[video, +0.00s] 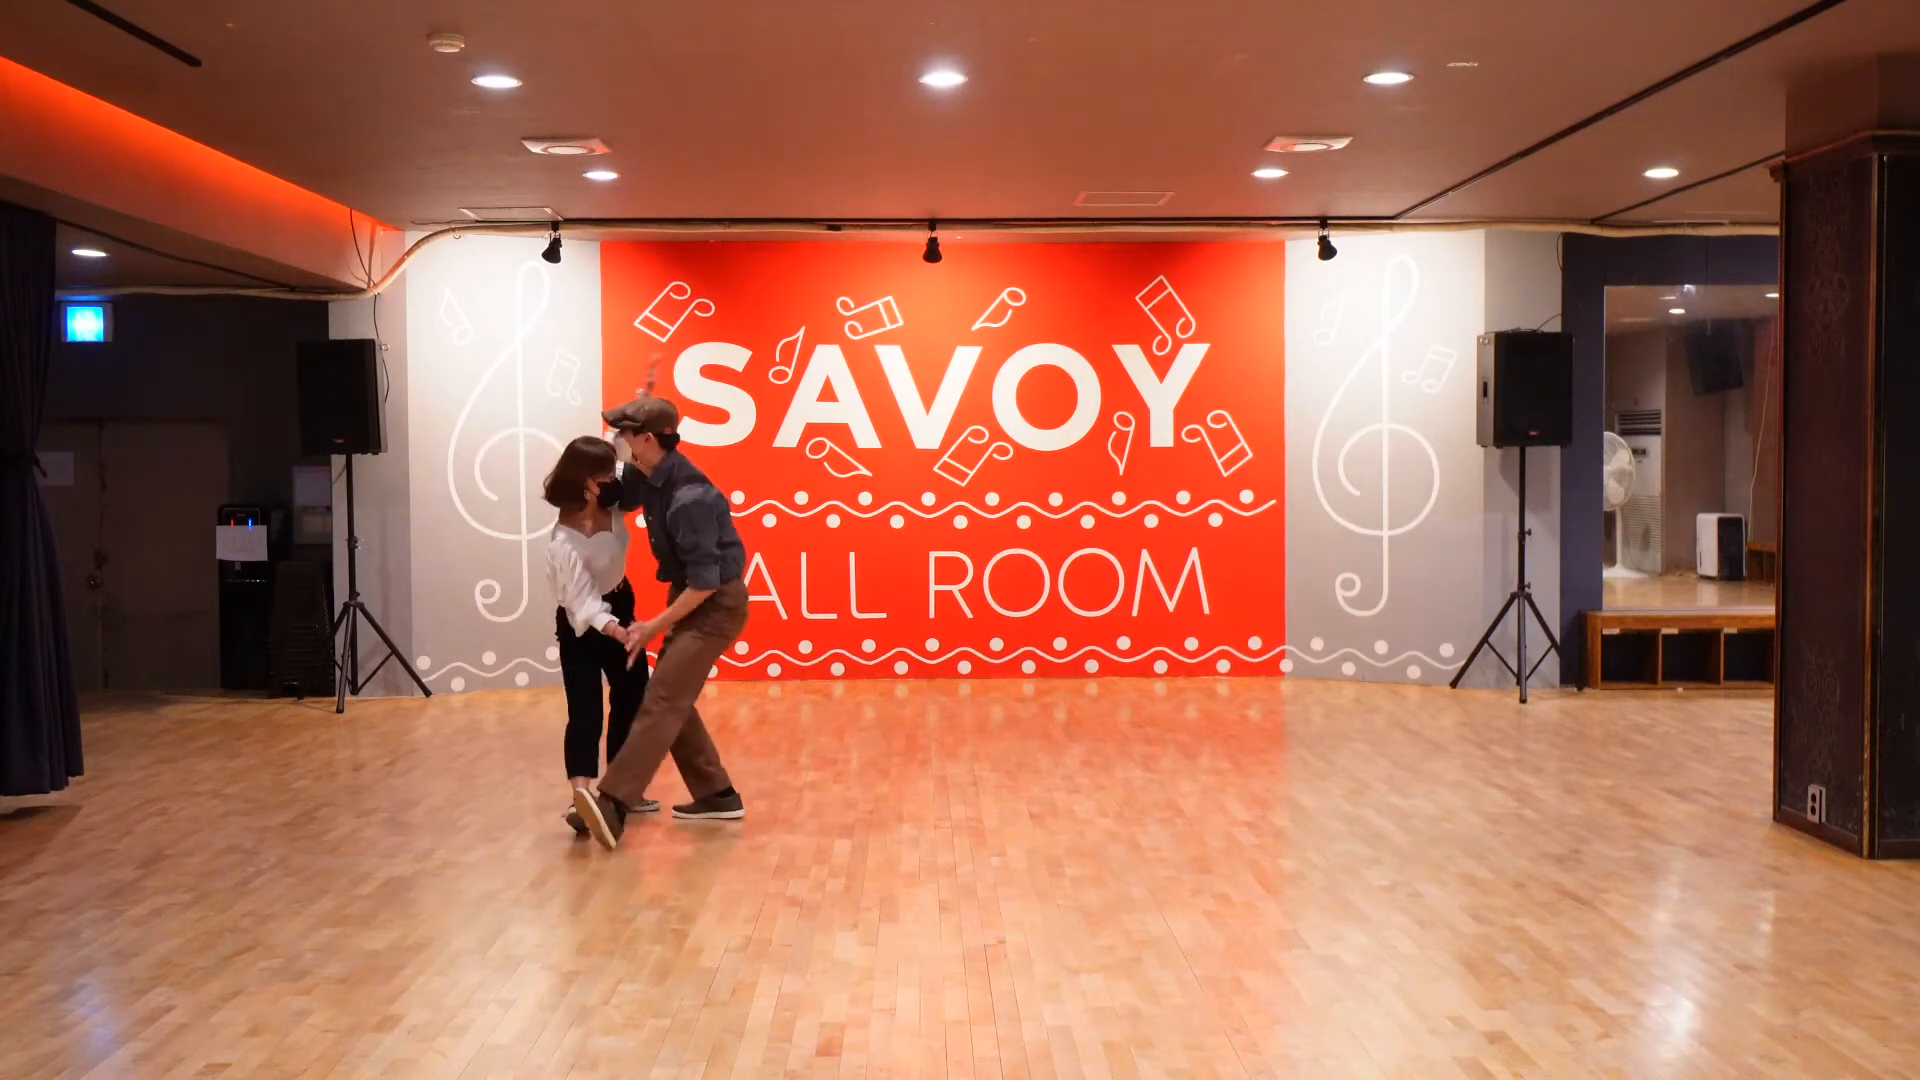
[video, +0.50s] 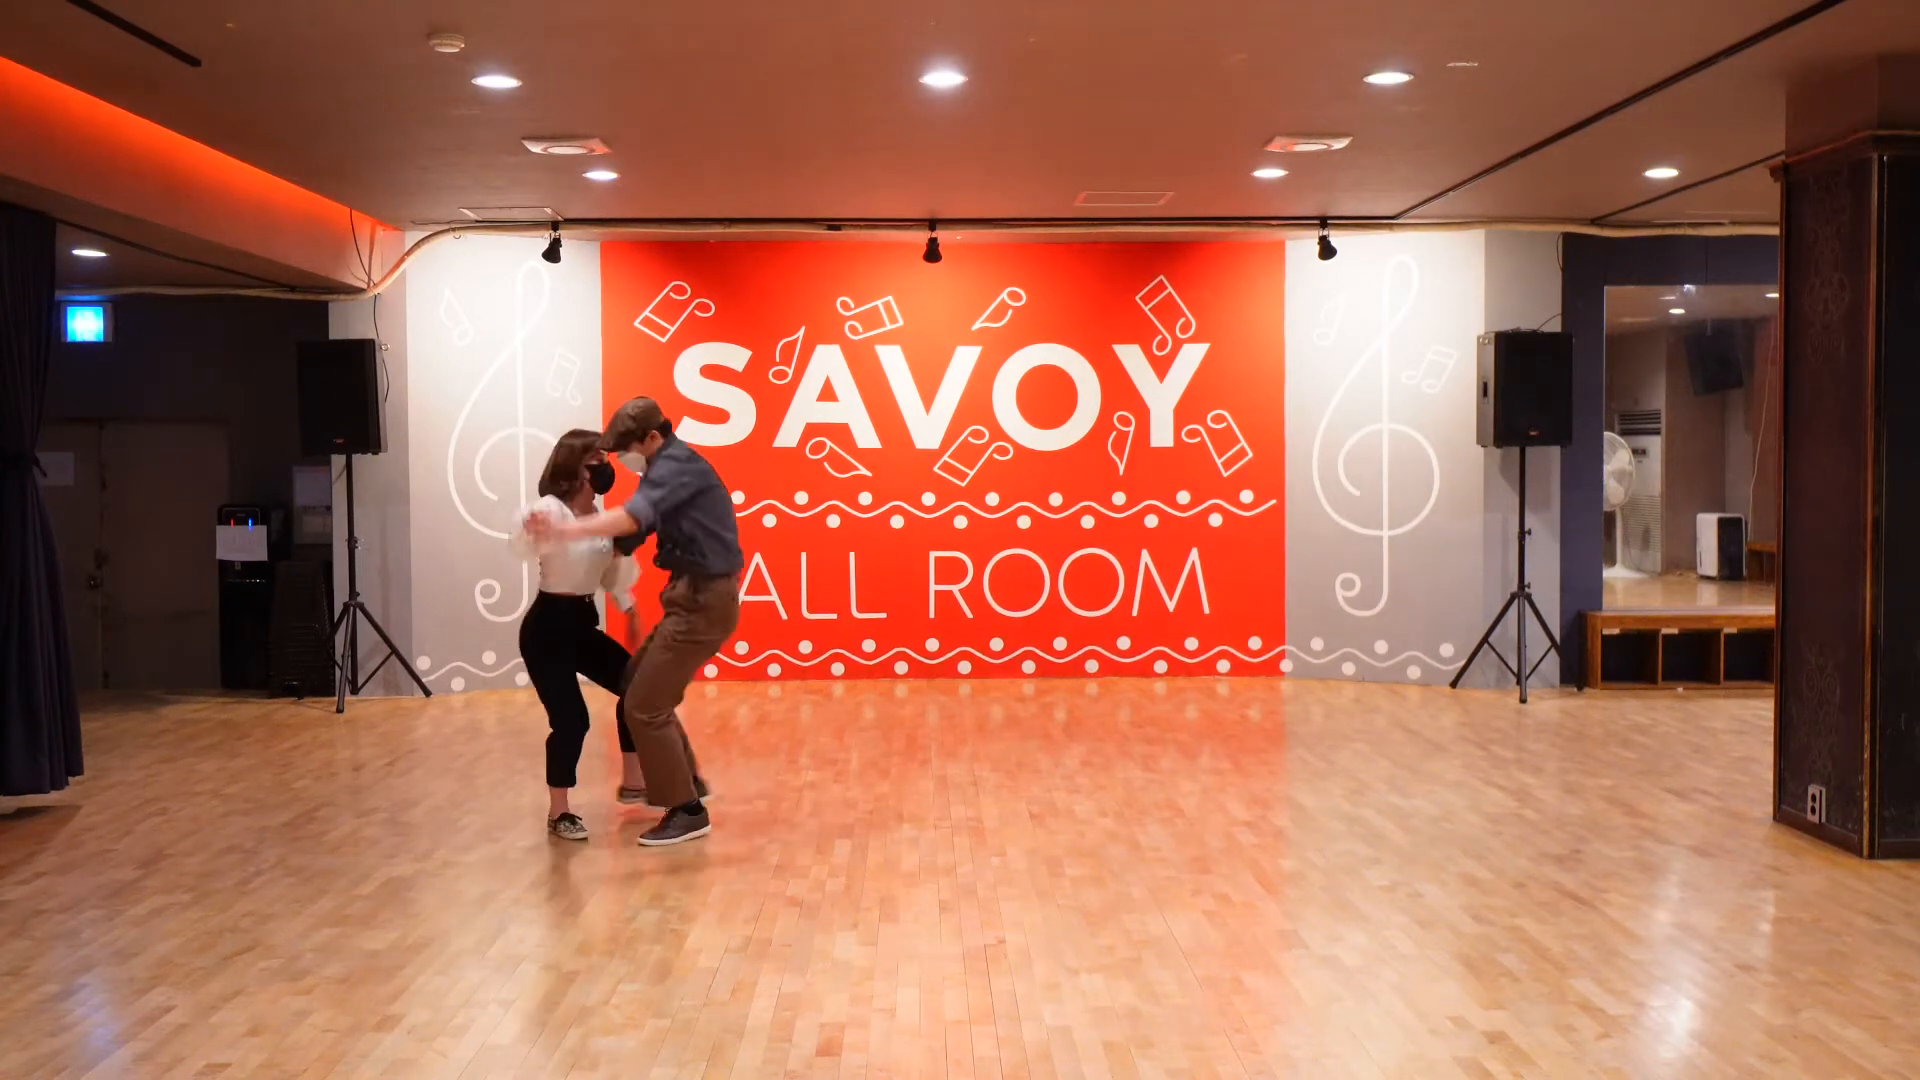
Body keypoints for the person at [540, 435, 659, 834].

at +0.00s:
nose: (609, 483)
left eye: (608, 476)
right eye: (603, 476)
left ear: (601, 481)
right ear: (586, 484)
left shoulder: (609, 501)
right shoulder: (563, 544)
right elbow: (582, 602)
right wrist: (616, 628)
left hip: (619, 604)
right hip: (579, 618)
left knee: (631, 697)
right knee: (586, 706)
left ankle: (621, 788)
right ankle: (583, 799)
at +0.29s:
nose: (609, 479)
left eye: (609, 472)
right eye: (602, 473)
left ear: (590, 483)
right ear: (583, 483)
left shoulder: (610, 506)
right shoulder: (552, 539)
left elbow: (646, 492)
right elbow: (552, 598)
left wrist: (665, 445)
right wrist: (573, 640)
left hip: (607, 617)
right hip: (566, 631)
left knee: (644, 699)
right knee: (585, 713)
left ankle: (616, 791)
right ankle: (560, 812)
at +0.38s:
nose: (608, 472)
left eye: (606, 465)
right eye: (601, 468)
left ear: (581, 478)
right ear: (582, 478)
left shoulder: (606, 516)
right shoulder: (548, 533)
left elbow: (642, 533)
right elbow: (541, 575)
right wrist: (552, 605)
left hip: (597, 628)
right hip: (557, 635)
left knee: (642, 700)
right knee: (582, 718)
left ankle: (615, 790)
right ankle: (560, 812)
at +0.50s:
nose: (604, 471)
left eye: (604, 464)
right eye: (596, 465)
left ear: (588, 475)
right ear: (576, 471)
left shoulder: (602, 520)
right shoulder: (549, 510)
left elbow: (615, 583)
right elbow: (524, 546)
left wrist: (625, 544)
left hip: (582, 629)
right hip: (544, 630)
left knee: (637, 685)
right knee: (571, 720)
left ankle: (634, 780)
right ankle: (558, 813)